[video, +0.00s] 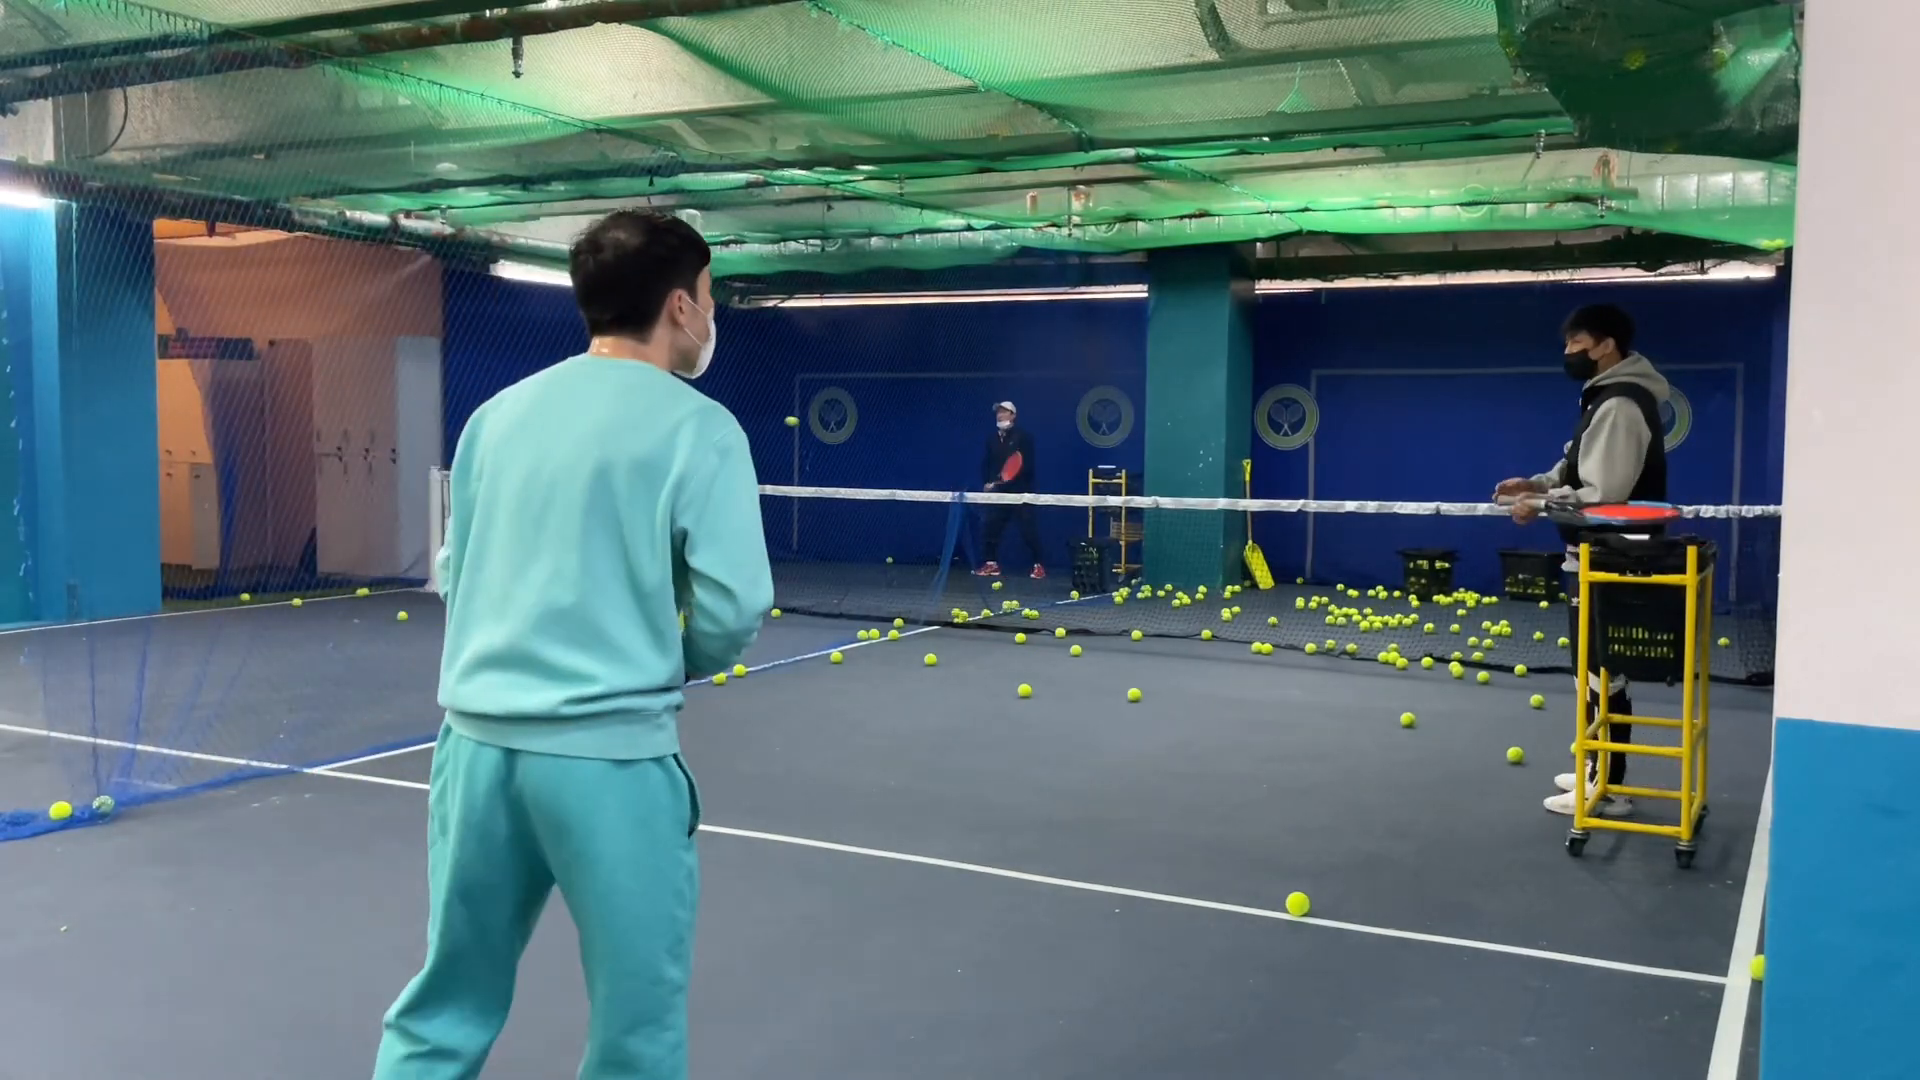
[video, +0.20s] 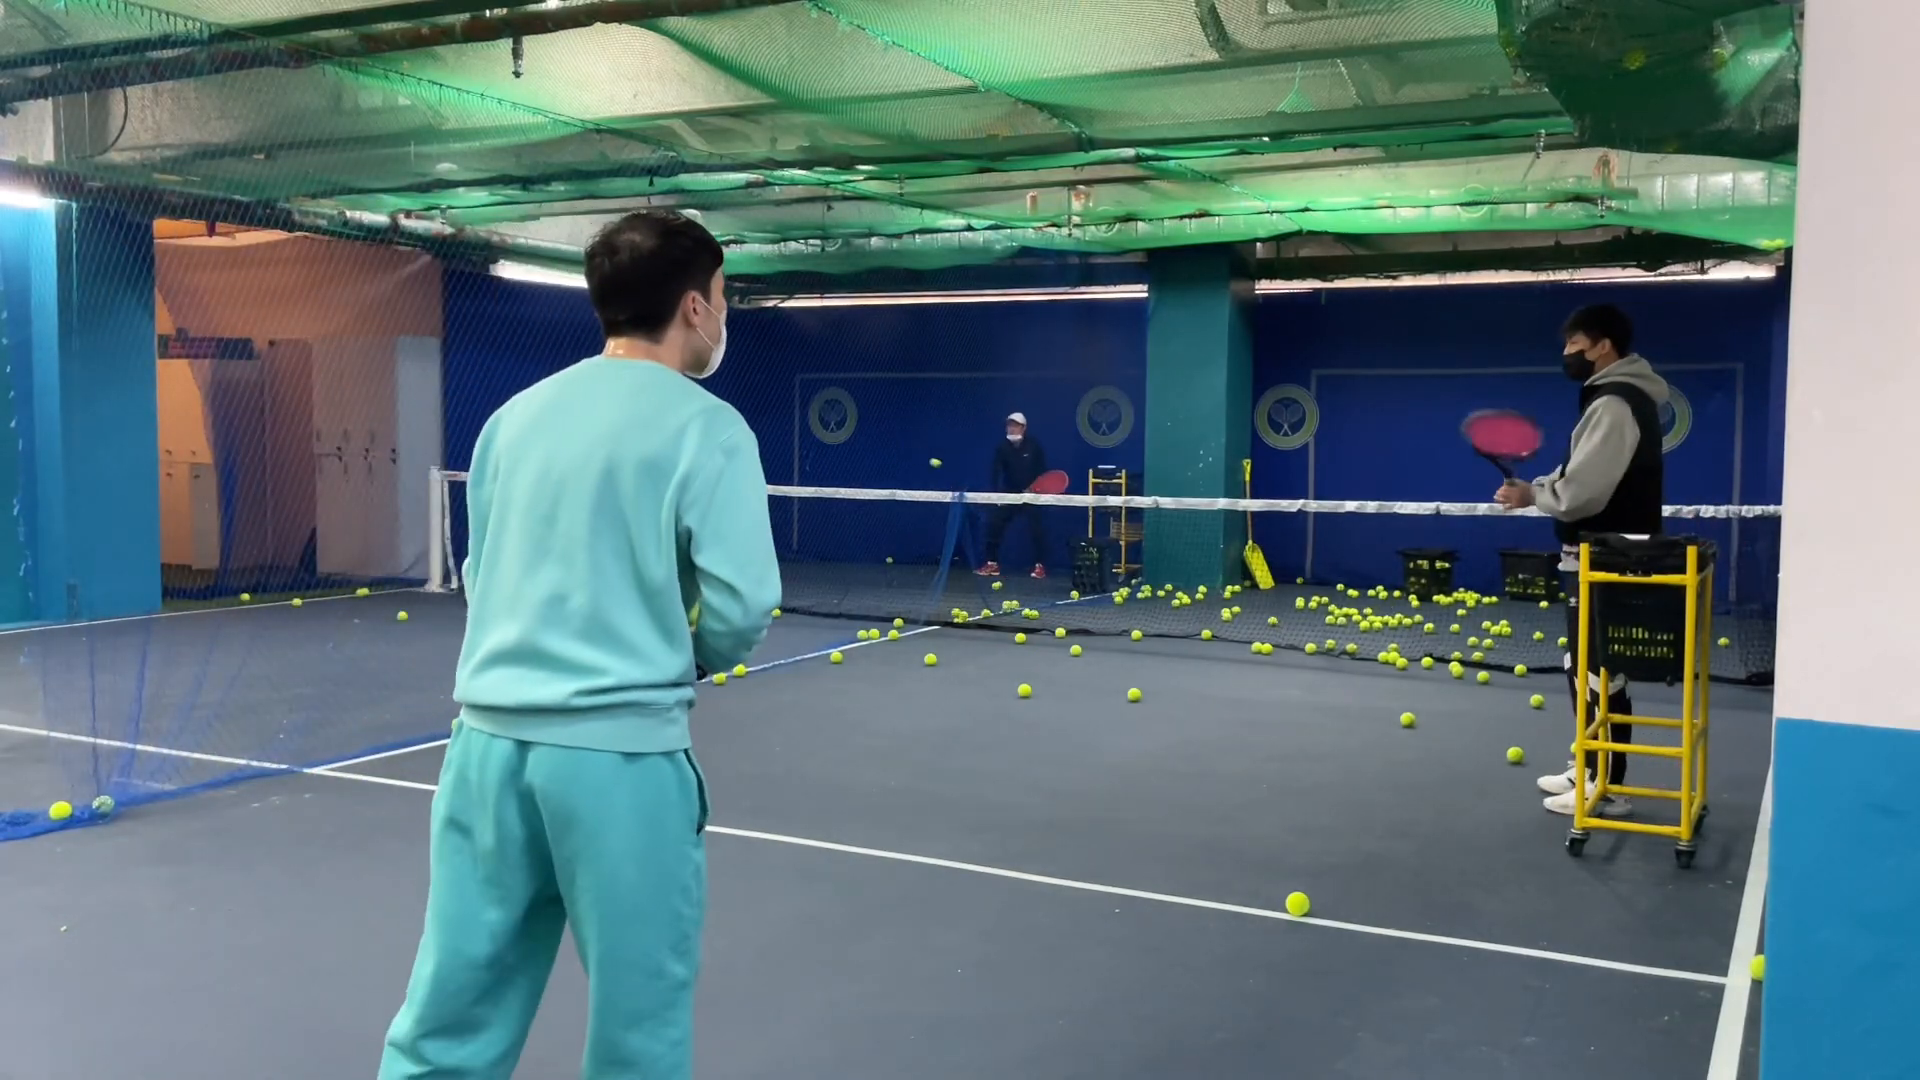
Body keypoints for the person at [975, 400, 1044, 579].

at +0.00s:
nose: (1000, 416)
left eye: (1004, 412)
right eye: (998, 413)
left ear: (1013, 415)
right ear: (995, 416)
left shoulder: (1023, 437)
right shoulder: (992, 439)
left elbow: (1027, 465)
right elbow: (986, 463)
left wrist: (1006, 480)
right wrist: (987, 481)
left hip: (1020, 488)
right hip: (998, 489)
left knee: (1028, 527)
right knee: (992, 525)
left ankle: (1037, 564)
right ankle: (991, 563)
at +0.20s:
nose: (1011, 429)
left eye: (1015, 426)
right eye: (1009, 425)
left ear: (1023, 428)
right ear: (1006, 428)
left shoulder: (1033, 447)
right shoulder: (1002, 448)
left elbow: (1041, 472)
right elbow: (996, 473)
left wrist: (1033, 489)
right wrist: (996, 494)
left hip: (1031, 494)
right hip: (1008, 494)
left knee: (1036, 528)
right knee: (995, 523)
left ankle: (1039, 565)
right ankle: (992, 563)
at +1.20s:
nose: (1029, 418)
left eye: (1033, 415)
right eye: (1026, 414)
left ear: (1040, 418)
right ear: (1022, 417)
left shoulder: (1048, 438)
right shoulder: (1014, 438)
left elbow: (1066, 461)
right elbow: (1003, 464)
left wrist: (1090, 463)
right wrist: (994, 488)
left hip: (1042, 489)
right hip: (1019, 489)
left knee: (1044, 527)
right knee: (1017, 528)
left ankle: (1037, 562)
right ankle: (1020, 565)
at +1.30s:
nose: (1030, 416)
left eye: (1034, 413)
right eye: (1027, 413)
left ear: (1040, 416)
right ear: (1023, 415)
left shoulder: (1048, 437)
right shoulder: (1015, 436)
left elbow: (1069, 454)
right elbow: (1004, 461)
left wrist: (1089, 465)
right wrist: (995, 485)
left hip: (1042, 488)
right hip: (1019, 488)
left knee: (1047, 526)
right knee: (1018, 527)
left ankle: (1045, 561)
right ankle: (1020, 565)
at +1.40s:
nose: (1033, 413)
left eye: (1037, 410)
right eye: (1030, 410)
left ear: (1043, 413)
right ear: (1025, 413)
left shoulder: (1051, 435)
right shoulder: (1018, 434)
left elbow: (1072, 453)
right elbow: (1006, 460)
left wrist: (1091, 466)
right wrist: (996, 484)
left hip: (1045, 488)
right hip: (1021, 487)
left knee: (1049, 528)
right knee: (1019, 528)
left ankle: (1056, 565)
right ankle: (1020, 565)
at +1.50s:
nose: (1037, 416)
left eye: (1041, 413)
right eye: (1034, 413)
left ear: (1048, 415)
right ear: (1030, 414)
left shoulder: (1056, 436)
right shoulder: (1022, 435)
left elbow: (1075, 454)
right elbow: (1011, 460)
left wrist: (1093, 467)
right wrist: (999, 483)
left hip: (1048, 490)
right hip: (1025, 489)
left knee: (1053, 530)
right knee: (1020, 529)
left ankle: (1059, 565)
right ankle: (1020, 565)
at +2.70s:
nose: (1041, 416)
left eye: (1045, 413)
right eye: (1040, 413)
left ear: (1054, 415)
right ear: (1039, 415)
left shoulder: (1064, 436)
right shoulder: (1042, 437)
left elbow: (1070, 464)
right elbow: (1040, 467)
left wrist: (1049, 469)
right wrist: (1028, 486)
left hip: (1063, 489)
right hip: (1045, 489)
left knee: (1065, 530)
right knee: (1033, 526)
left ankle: (1074, 568)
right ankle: (1026, 564)